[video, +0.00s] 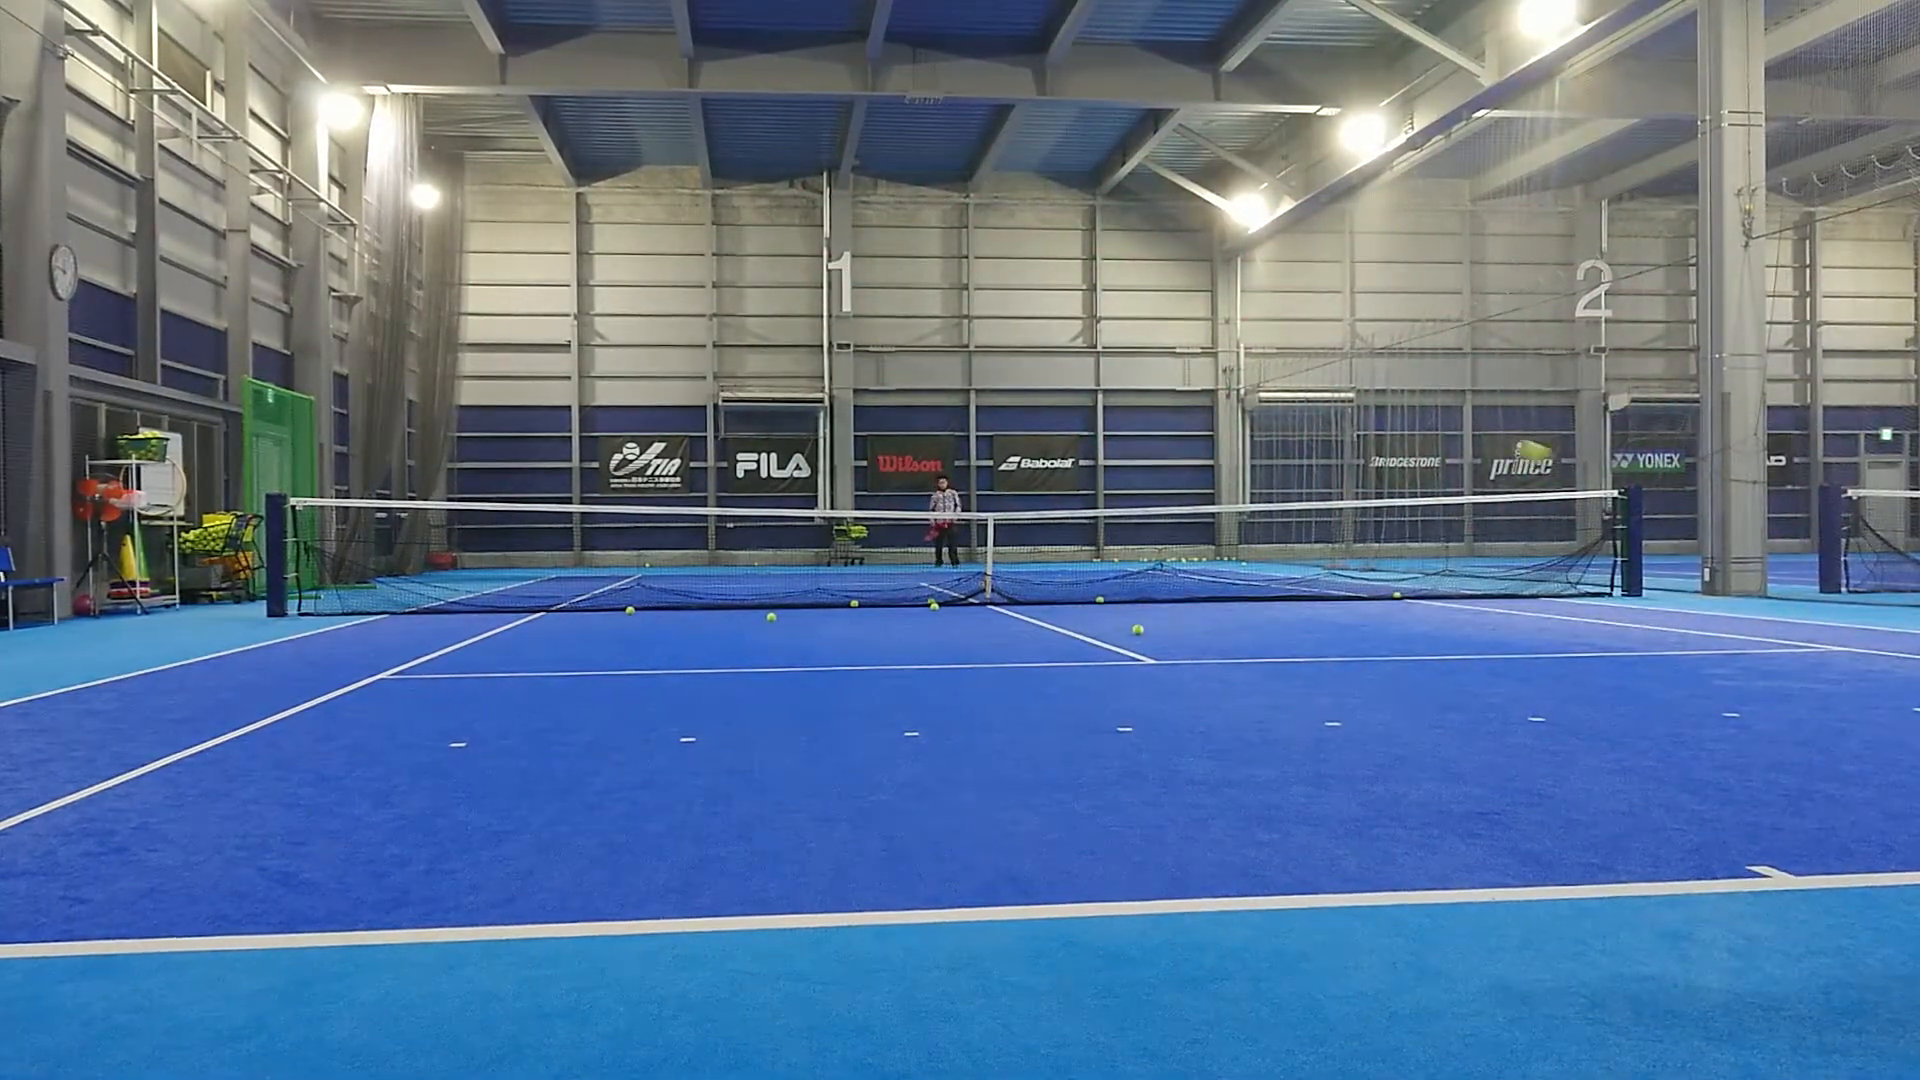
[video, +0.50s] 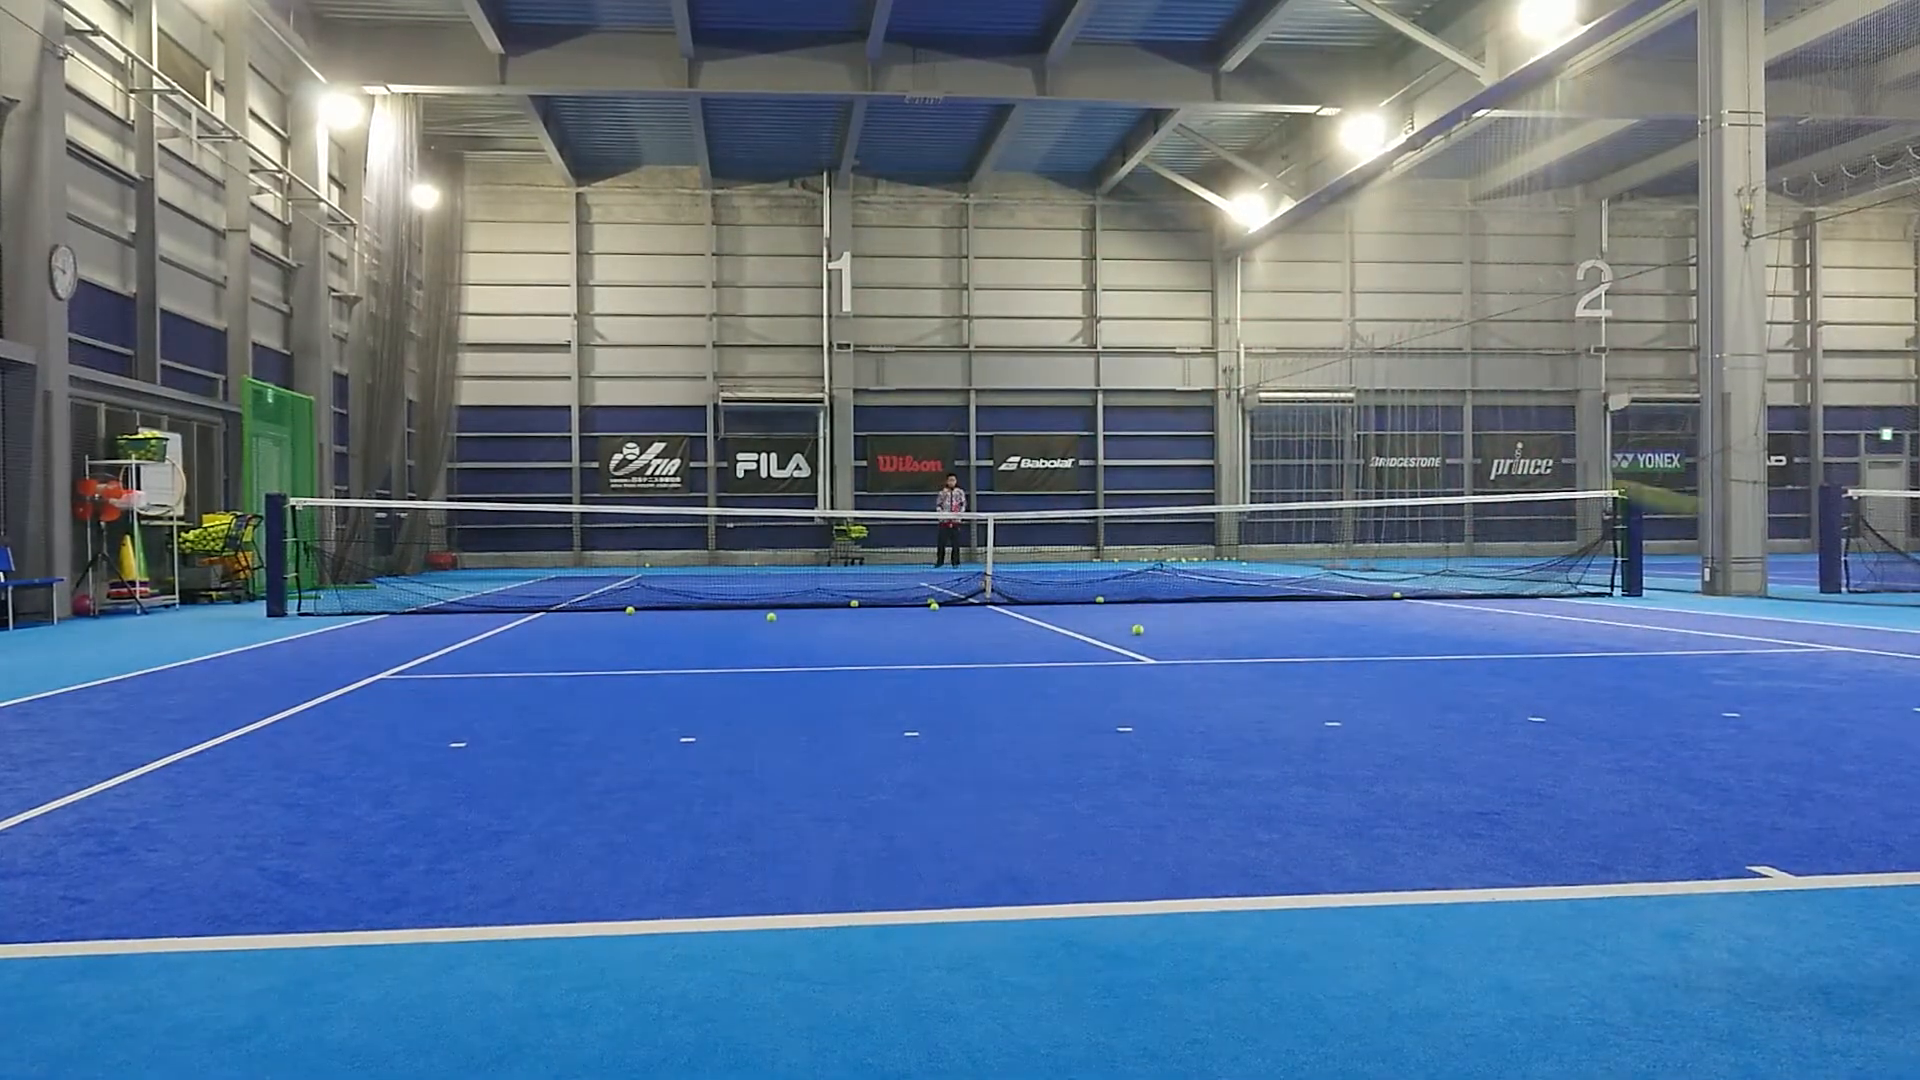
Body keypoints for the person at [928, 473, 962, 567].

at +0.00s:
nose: (942, 484)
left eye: (944, 482)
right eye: (940, 482)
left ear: (947, 483)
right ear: (937, 484)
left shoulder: (953, 493)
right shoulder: (935, 495)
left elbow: (958, 506)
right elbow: (931, 509)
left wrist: (956, 516)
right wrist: (932, 520)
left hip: (951, 522)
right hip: (939, 523)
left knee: (952, 544)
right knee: (938, 544)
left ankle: (955, 562)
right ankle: (938, 561)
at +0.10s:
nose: (945, 484)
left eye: (947, 482)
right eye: (943, 482)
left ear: (950, 483)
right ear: (940, 484)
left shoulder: (956, 494)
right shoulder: (938, 495)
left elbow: (960, 506)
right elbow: (933, 509)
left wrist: (957, 516)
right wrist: (934, 520)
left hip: (952, 522)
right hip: (941, 522)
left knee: (953, 544)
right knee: (939, 544)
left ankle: (955, 562)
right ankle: (939, 561)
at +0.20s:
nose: (948, 483)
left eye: (950, 481)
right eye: (946, 481)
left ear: (952, 482)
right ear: (943, 483)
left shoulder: (958, 493)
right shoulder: (940, 494)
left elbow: (962, 505)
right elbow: (935, 507)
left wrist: (959, 515)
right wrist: (939, 516)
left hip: (954, 521)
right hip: (942, 522)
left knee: (954, 545)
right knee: (940, 544)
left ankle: (955, 563)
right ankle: (938, 562)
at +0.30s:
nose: (950, 483)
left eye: (952, 480)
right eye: (948, 481)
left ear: (954, 482)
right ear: (945, 482)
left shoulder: (959, 493)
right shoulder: (941, 493)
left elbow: (963, 505)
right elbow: (937, 506)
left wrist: (959, 514)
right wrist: (940, 515)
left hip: (955, 520)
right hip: (944, 520)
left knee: (955, 544)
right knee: (941, 543)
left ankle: (955, 562)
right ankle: (940, 559)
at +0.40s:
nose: (951, 482)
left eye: (953, 480)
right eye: (949, 480)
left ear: (955, 482)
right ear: (946, 482)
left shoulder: (960, 492)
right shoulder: (942, 493)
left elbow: (963, 505)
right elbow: (938, 505)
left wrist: (959, 514)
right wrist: (940, 515)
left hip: (955, 521)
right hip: (944, 521)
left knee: (955, 544)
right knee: (941, 543)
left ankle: (955, 561)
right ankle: (941, 560)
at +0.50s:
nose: (952, 482)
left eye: (954, 480)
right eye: (950, 480)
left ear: (956, 482)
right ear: (946, 481)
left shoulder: (960, 492)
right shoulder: (942, 493)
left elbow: (963, 504)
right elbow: (938, 505)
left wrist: (959, 515)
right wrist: (941, 515)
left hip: (955, 522)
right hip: (944, 522)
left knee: (955, 544)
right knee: (941, 544)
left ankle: (955, 562)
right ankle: (939, 562)